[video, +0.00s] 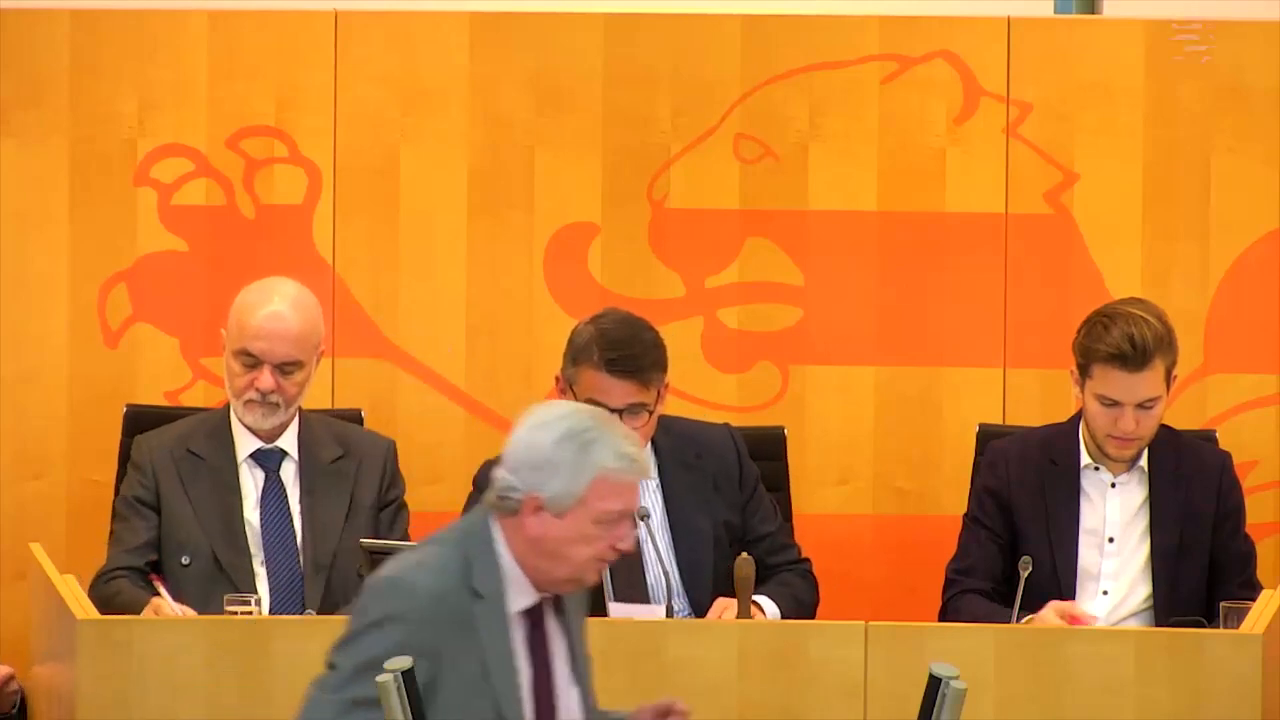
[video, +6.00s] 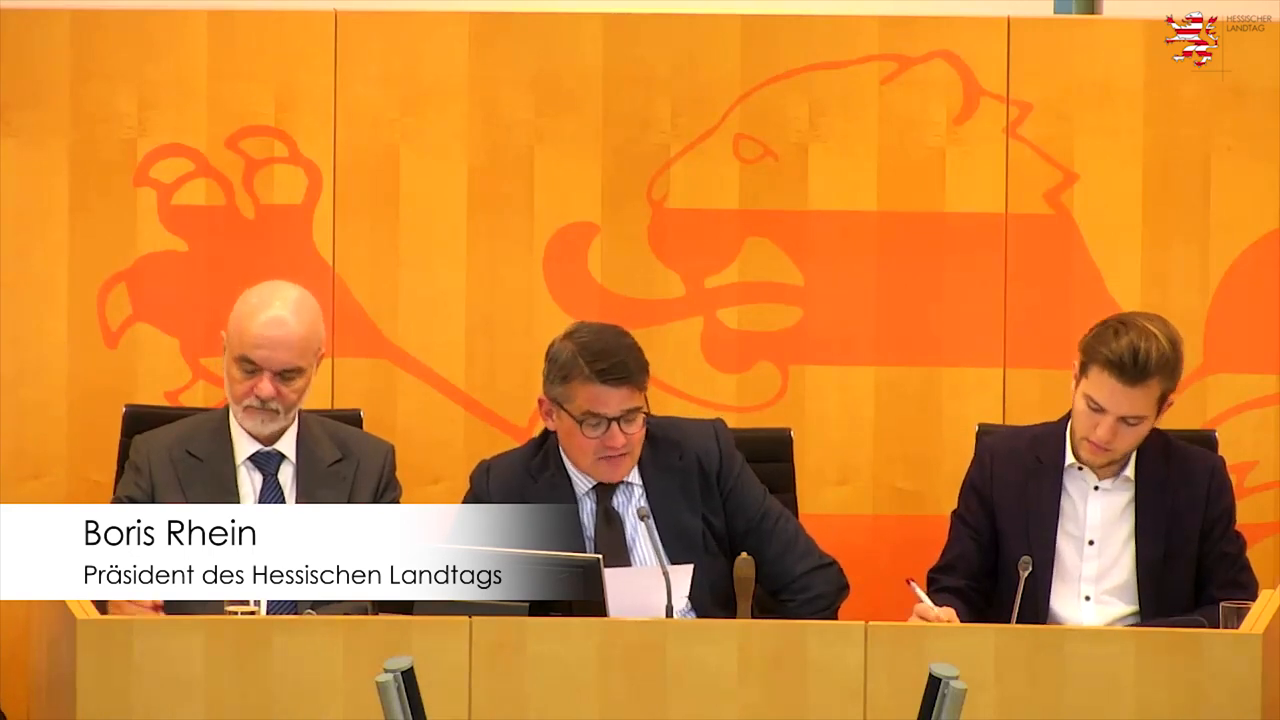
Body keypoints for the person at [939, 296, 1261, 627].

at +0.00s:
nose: (1126, 424)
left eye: (1146, 404)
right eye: (1108, 402)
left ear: (1170, 389)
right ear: (1078, 381)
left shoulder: (1208, 471)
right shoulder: (1010, 465)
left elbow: (1240, 608)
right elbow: (961, 603)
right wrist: (1023, 628)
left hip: (1166, 677)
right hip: (1042, 673)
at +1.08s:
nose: (1110, 423)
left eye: (1131, 405)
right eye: (1093, 400)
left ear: (1163, 392)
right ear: (1073, 380)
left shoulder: (1206, 472)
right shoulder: (1008, 461)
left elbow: (1242, 608)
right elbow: (954, 591)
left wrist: (1210, 639)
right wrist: (984, 611)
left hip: (1163, 676)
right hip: (1037, 673)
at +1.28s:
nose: (1103, 422)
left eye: (1126, 405)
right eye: (1089, 399)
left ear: (1159, 394)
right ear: (1070, 378)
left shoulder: (1203, 473)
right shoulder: (1005, 460)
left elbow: (1243, 606)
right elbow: (934, 588)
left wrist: (1172, 621)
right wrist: (963, 620)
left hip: (1157, 678)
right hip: (1030, 670)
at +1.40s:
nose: (1100, 422)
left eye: (1123, 405)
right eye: (1086, 398)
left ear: (1155, 394)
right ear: (1066, 377)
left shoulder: (1199, 473)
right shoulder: (1003, 460)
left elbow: (1229, 607)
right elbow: (936, 593)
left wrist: (1121, 626)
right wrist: (963, 618)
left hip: (1151, 675)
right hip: (1026, 667)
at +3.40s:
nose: (1094, 443)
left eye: (1121, 434)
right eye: (1086, 417)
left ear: (1160, 420)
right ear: (1074, 385)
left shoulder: (1197, 476)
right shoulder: (1000, 459)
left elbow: (1238, 600)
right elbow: (945, 586)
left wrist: (1164, 644)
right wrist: (956, 645)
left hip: (1147, 678)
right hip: (1022, 670)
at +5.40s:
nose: (1108, 447)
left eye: (1134, 438)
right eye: (1100, 420)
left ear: (1167, 424)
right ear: (1083, 383)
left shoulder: (1200, 478)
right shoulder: (1003, 457)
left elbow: (1237, 601)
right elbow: (953, 583)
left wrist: (1168, 644)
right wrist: (952, 634)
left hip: (1151, 680)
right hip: (1025, 672)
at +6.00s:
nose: (1103, 433)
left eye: (1130, 421)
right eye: (1094, 406)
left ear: (1163, 408)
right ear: (1076, 377)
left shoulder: (1200, 477)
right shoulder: (1001, 459)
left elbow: (1238, 603)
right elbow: (956, 584)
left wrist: (1153, 641)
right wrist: (942, 618)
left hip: (1152, 679)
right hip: (1025, 669)